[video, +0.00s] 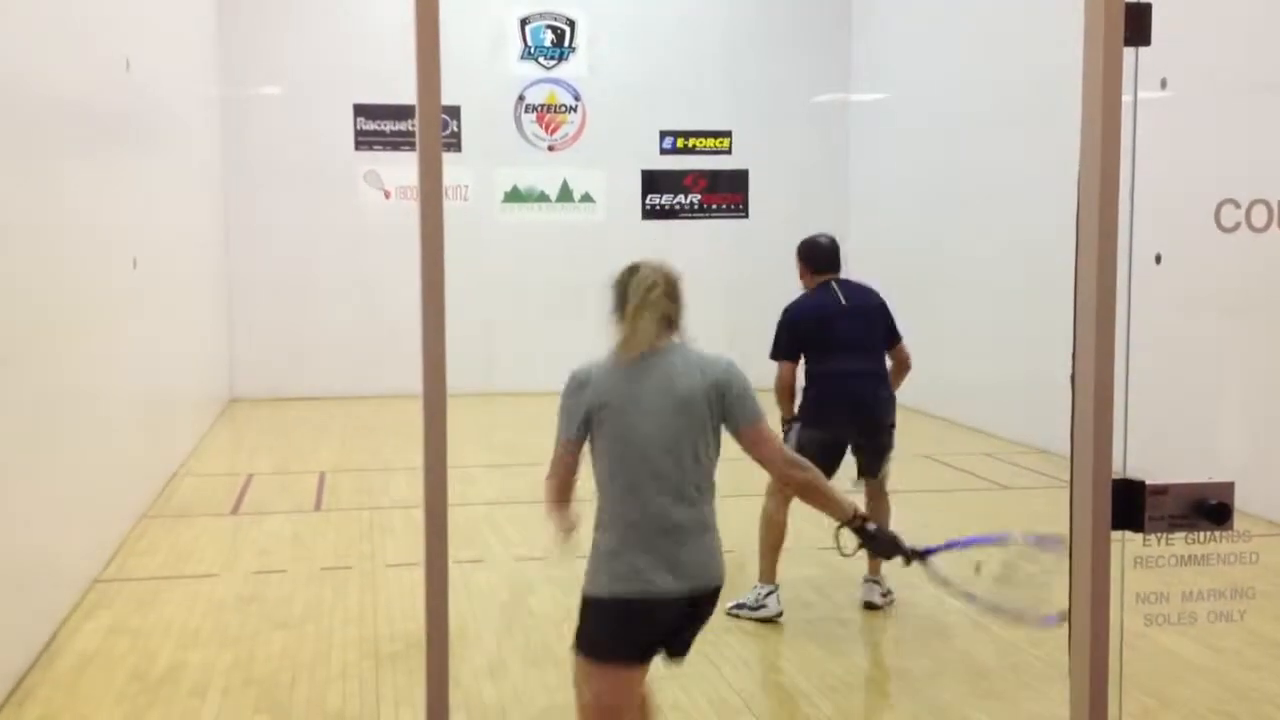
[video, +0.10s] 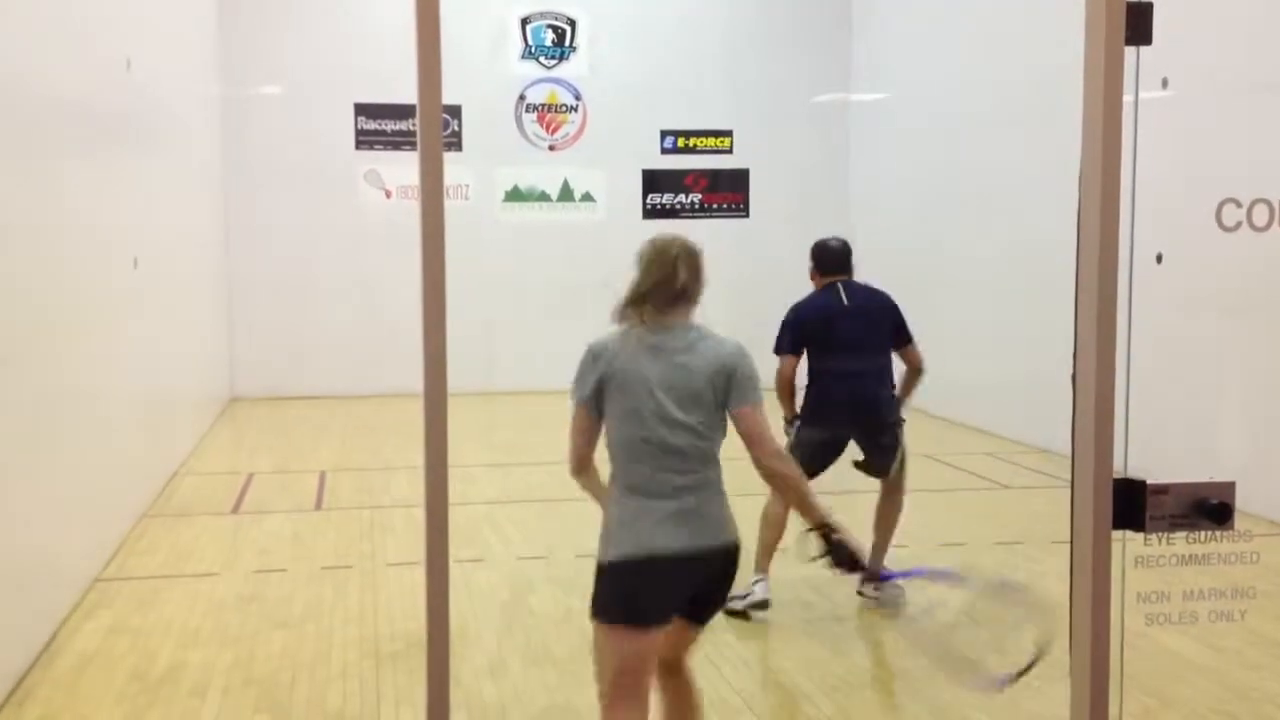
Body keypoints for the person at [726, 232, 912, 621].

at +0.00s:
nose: (798, 275)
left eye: (798, 269)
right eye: (800, 269)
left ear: (803, 270)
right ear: (838, 265)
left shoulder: (798, 312)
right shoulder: (869, 298)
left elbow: (785, 381)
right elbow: (902, 362)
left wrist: (788, 418)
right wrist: (881, 396)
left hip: (824, 410)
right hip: (875, 408)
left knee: (779, 493)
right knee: (875, 487)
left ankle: (766, 590)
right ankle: (874, 581)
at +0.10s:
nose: (809, 275)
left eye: (810, 270)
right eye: (813, 270)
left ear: (814, 273)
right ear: (850, 269)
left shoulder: (803, 311)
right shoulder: (880, 302)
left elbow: (785, 375)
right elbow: (915, 365)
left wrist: (790, 415)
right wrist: (896, 404)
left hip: (825, 411)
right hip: (876, 411)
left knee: (783, 488)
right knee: (893, 482)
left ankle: (759, 581)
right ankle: (873, 575)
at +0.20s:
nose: (838, 282)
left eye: (838, 276)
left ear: (837, 279)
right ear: (873, 278)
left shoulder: (821, 319)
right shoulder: (897, 313)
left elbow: (798, 387)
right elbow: (944, 368)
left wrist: (813, 417)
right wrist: (942, 415)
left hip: (829, 422)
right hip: (881, 424)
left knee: (794, 498)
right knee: (912, 480)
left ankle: (756, 579)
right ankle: (870, 561)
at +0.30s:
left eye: (876, 278)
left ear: (874, 281)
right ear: (909, 280)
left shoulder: (857, 317)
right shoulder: (929, 313)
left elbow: (836, 383)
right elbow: (982, 357)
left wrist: (853, 415)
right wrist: (999, 402)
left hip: (852, 424)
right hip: (900, 428)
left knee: (825, 492)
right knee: (911, 496)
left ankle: (767, 551)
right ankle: (859, 568)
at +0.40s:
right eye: (949, 279)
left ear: (915, 279)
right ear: (948, 279)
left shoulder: (894, 311)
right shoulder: (959, 307)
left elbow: (865, 378)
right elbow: (1017, 348)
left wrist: (882, 411)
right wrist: (1052, 393)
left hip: (884, 411)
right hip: (921, 414)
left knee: (887, 486)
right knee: (919, 495)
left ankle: (819, 533)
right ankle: (860, 565)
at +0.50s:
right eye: (989, 275)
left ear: (956, 274)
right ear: (989, 276)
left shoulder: (934, 306)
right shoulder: (993, 303)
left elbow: (896, 372)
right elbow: (1050, 337)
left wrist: (911, 416)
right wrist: (1083, 370)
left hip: (917, 408)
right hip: (947, 411)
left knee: (957, 470)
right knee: (937, 499)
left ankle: (938, 550)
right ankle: (867, 557)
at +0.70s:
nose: (1084, 303)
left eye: (1083, 296)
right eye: (1084, 295)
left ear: (1054, 287)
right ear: (1077, 291)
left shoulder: (1024, 315)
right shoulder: (1066, 312)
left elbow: (972, 367)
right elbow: (1080, 348)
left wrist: (973, 417)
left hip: (990, 418)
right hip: (1004, 421)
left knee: (1032, 485)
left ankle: (1003, 560)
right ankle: (1007, 556)